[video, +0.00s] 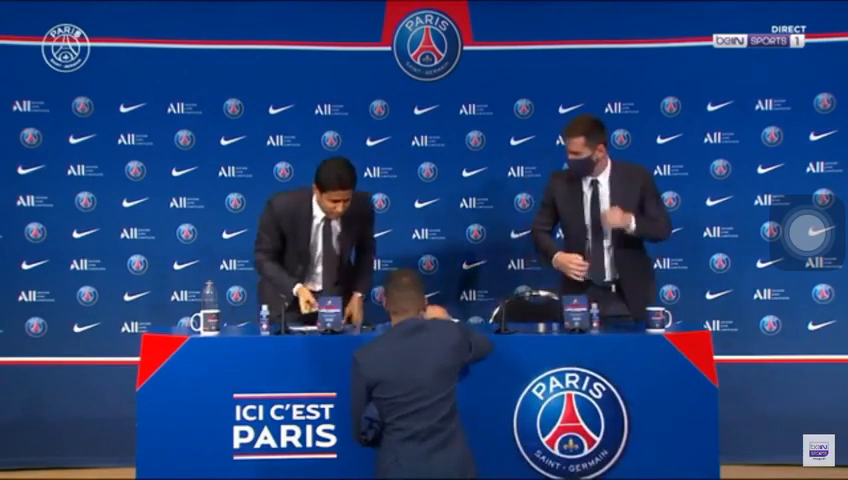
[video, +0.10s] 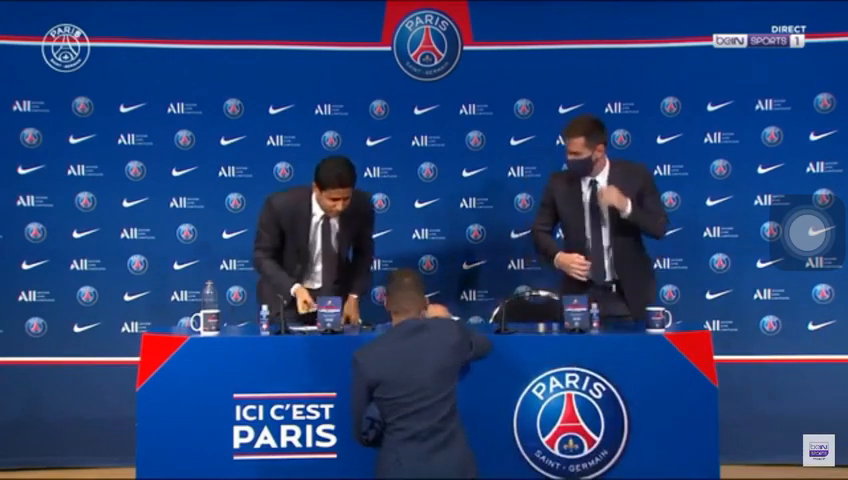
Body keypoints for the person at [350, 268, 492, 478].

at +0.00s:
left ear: (386, 305)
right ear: (424, 305)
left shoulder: (366, 357)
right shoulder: (449, 335)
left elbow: (362, 430)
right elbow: (484, 347)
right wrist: (447, 322)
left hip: (398, 461)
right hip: (450, 457)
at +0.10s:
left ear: (388, 306)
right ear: (425, 305)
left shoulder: (367, 357)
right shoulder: (449, 334)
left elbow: (362, 430)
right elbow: (484, 346)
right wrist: (448, 321)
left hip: (398, 459)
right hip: (451, 456)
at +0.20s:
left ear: (389, 306)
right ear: (426, 304)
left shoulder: (370, 356)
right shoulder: (450, 335)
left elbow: (363, 428)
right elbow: (484, 346)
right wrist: (449, 322)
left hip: (400, 460)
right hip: (452, 457)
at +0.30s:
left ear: (389, 306)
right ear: (427, 303)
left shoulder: (369, 356)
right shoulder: (453, 336)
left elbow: (364, 428)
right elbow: (487, 352)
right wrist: (446, 324)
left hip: (400, 460)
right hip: (453, 458)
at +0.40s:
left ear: (390, 306)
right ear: (428, 303)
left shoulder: (370, 355)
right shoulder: (451, 338)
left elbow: (364, 430)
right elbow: (488, 371)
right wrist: (444, 332)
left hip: (400, 462)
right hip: (452, 460)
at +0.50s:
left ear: (391, 306)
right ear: (430, 304)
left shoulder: (372, 354)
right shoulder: (452, 339)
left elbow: (365, 427)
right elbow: (486, 377)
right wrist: (442, 332)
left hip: (400, 462)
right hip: (452, 460)